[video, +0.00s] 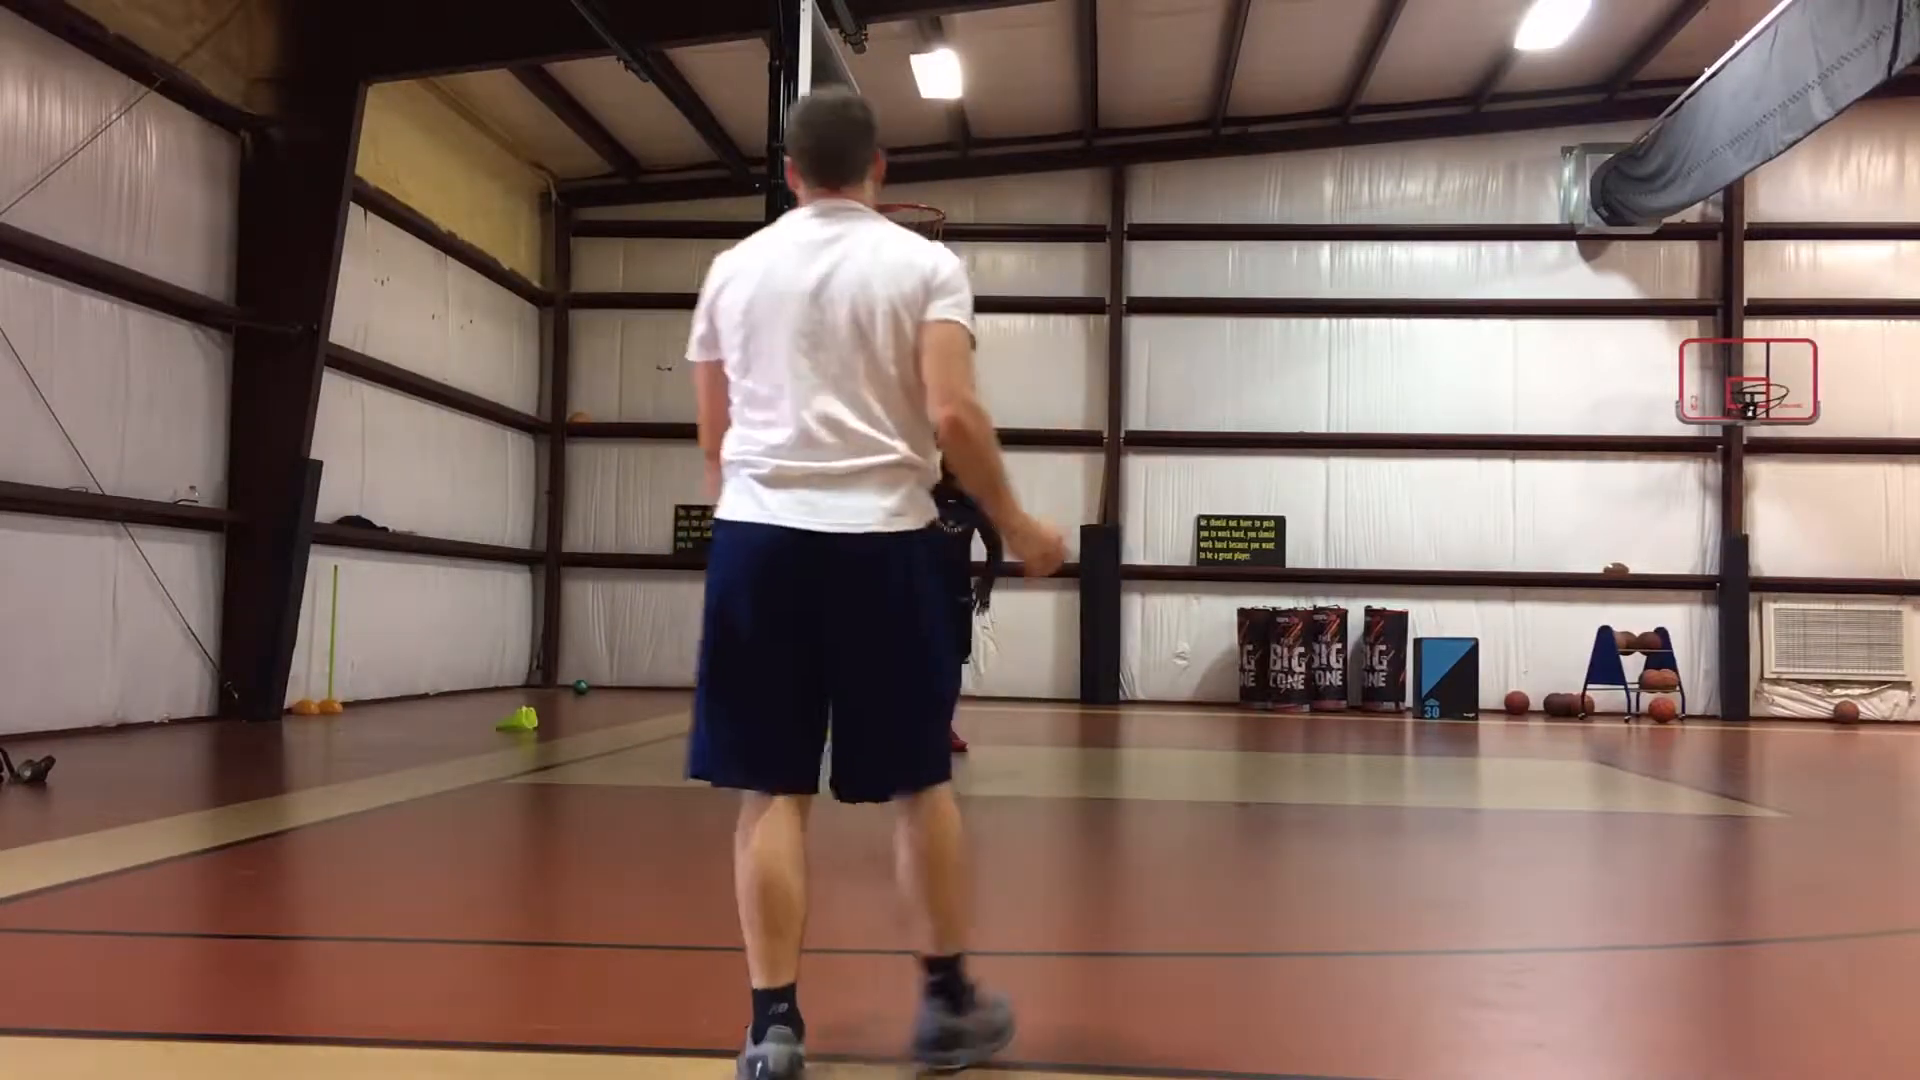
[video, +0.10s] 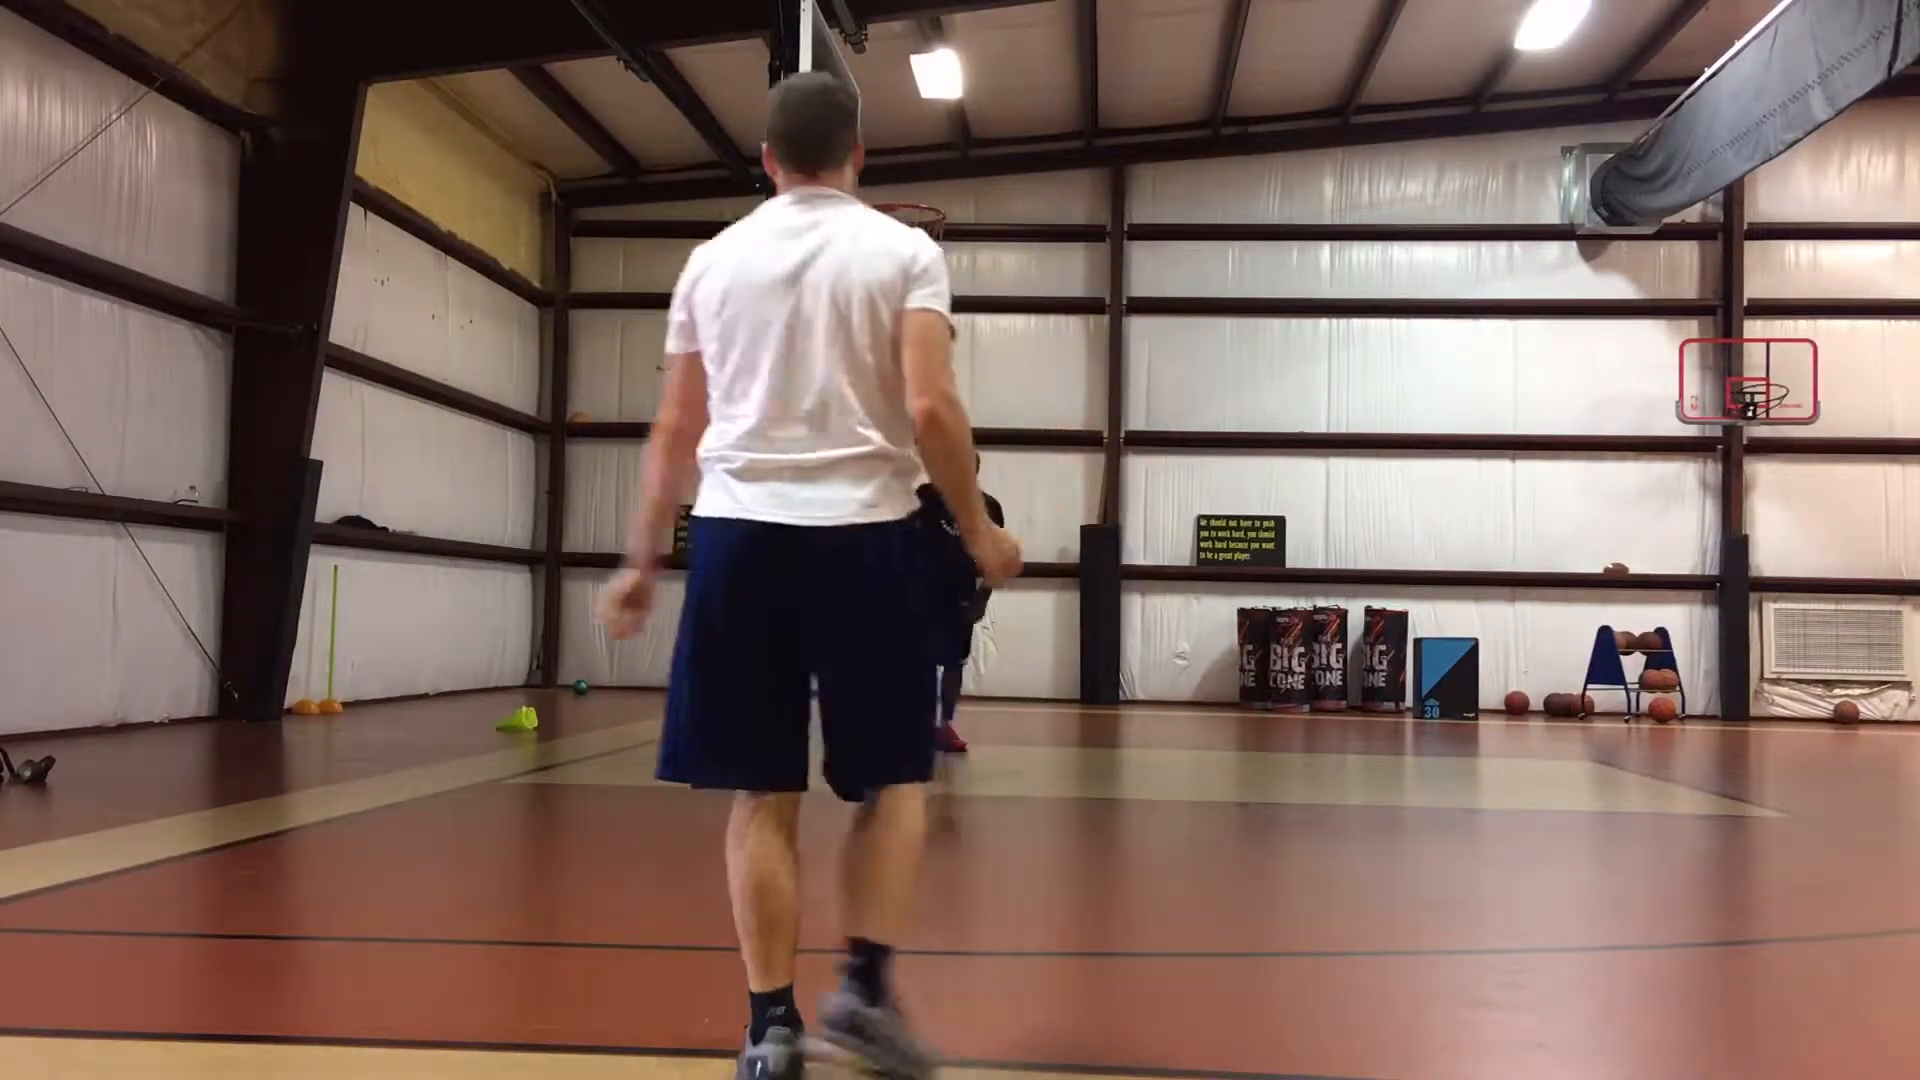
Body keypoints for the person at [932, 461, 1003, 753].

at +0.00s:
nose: (952, 479)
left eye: (958, 473)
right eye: (947, 471)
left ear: (967, 476)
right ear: (937, 471)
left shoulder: (971, 507)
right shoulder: (922, 502)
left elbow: (994, 545)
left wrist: (987, 581)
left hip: (956, 590)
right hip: (922, 586)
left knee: (952, 662)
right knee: (923, 661)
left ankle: (944, 725)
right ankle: (925, 727)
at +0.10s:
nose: (963, 473)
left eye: (969, 466)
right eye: (957, 465)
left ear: (975, 469)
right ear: (943, 466)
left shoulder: (985, 507)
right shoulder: (926, 502)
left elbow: (993, 559)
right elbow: (916, 550)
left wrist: (980, 599)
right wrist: (918, 589)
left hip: (962, 598)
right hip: (928, 595)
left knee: (954, 662)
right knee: (926, 662)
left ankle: (945, 722)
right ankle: (924, 723)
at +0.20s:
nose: (962, 476)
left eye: (967, 468)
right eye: (959, 468)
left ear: (975, 472)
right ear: (948, 471)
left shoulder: (993, 511)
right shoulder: (930, 503)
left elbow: (997, 562)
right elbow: (902, 543)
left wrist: (983, 597)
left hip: (969, 590)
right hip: (932, 587)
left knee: (956, 662)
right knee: (936, 658)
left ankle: (948, 726)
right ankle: (939, 728)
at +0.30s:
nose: (965, 478)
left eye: (970, 472)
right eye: (962, 471)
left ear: (977, 476)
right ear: (951, 475)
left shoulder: (997, 513)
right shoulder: (934, 505)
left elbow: (998, 562)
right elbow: (905, 545)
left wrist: (985, 594)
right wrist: (885, 587)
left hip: (973, 596)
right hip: (937, 593)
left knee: (964, 665)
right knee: (944, 659)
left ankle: (945, 723)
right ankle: (951, 733)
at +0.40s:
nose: (968, 472)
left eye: (973, 466)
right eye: (963, 466)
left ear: (980, 471)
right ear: (952, 472)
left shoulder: (997, 508)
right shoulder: (934, 504)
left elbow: (1002, 559)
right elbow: (910, 546)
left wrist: (990, 598)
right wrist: (895, 590)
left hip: (979, 596)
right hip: (941, 595)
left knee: (978, 669)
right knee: (944, 664)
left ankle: (962, 724)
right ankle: (952, 733)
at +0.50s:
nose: (972, 471)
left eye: (977, 465)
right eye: (967, 465)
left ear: (987, 464)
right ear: (958, 466)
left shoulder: (1006, 498)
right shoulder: (942, 496)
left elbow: (1026, 550)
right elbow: (927, 540)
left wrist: (1018, 577)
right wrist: (932, 580)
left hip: (991, 590)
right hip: (952, 588)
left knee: (1000, 657)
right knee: (950, 662)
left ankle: (994, 725)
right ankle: (953, 735)